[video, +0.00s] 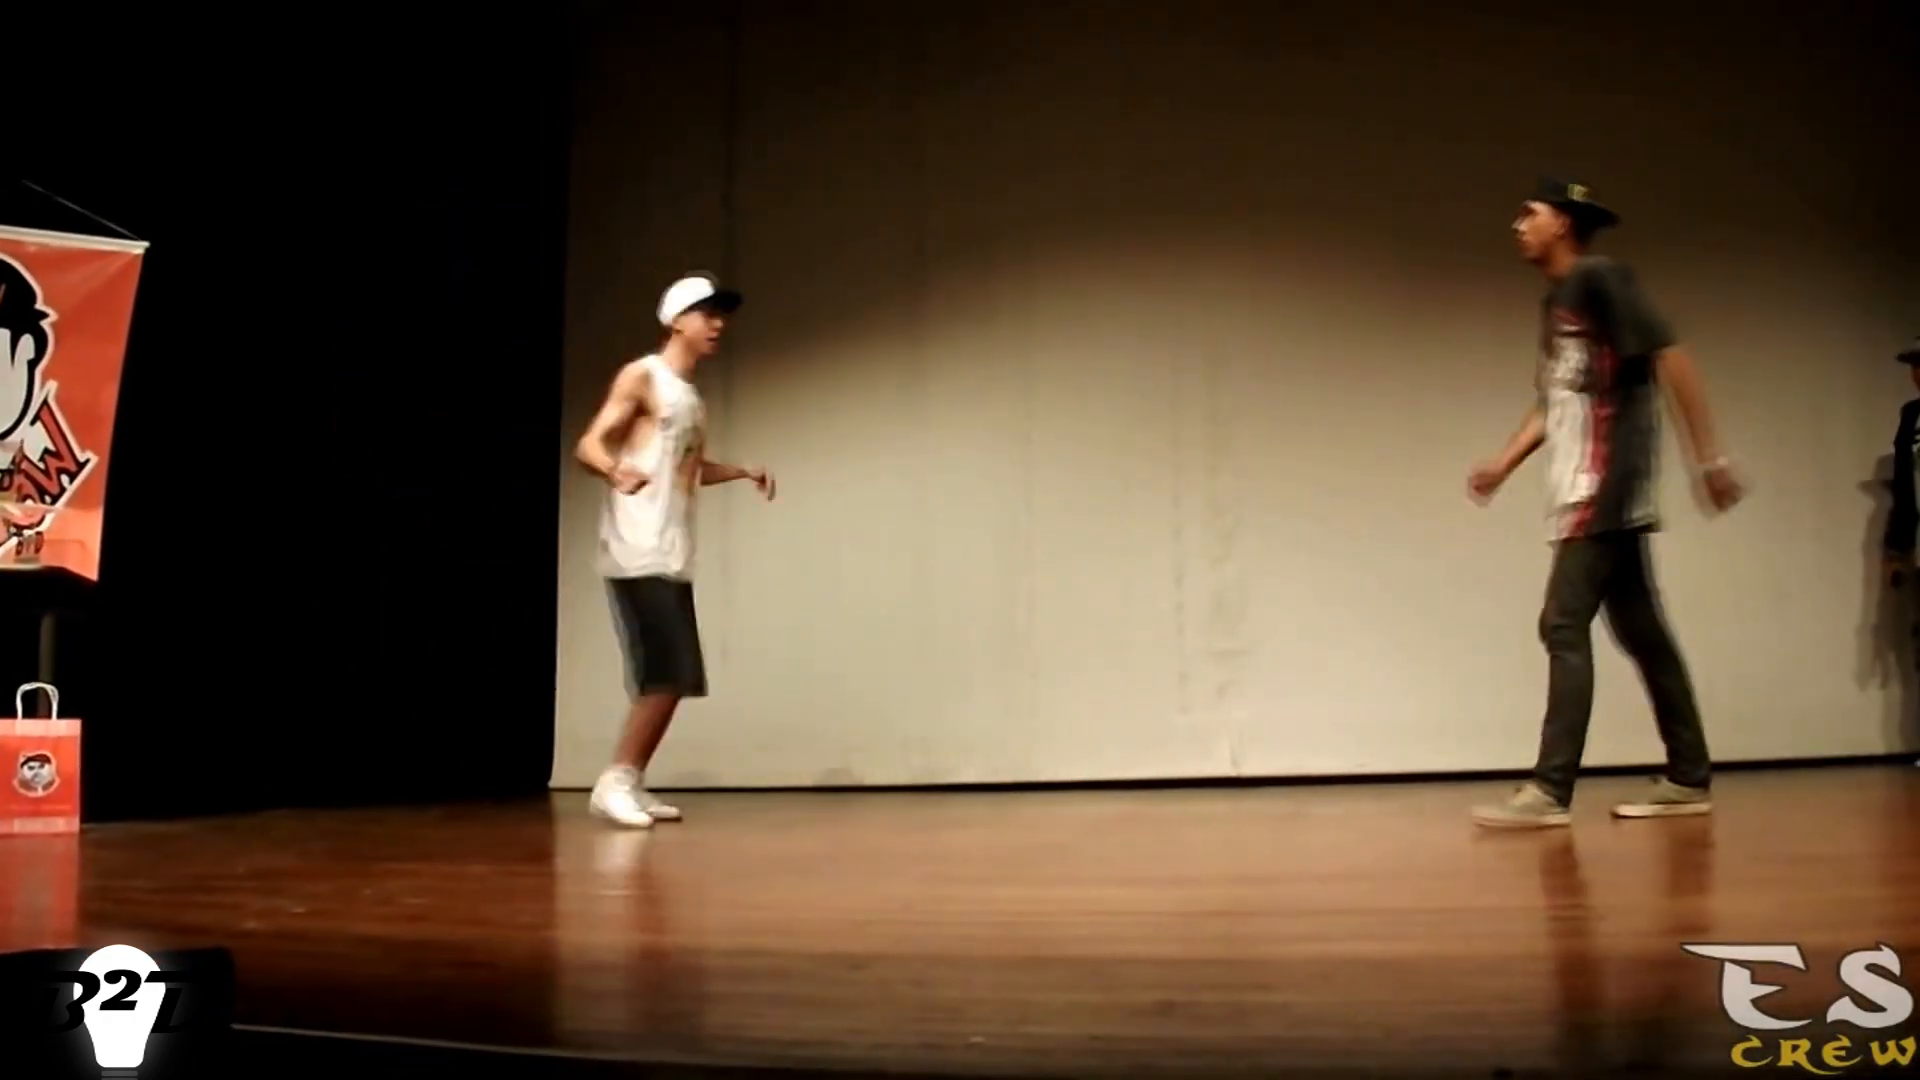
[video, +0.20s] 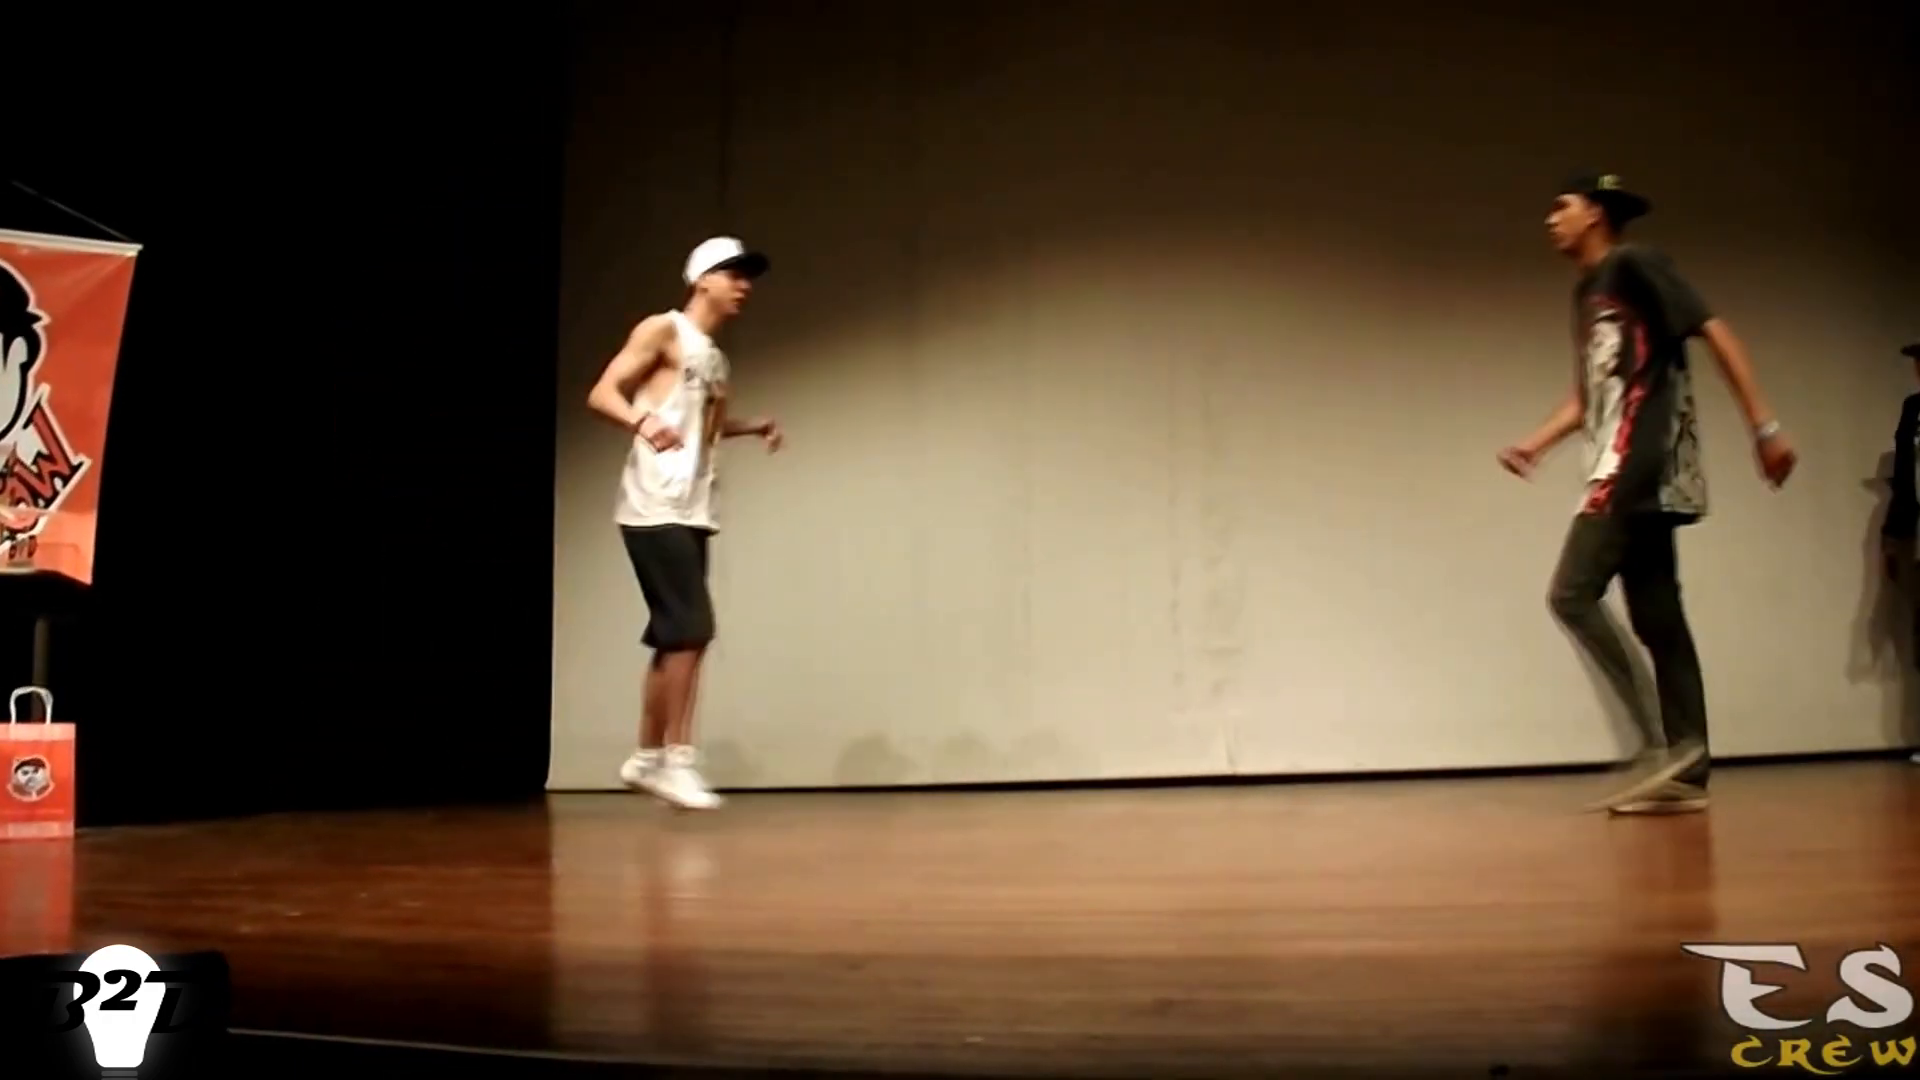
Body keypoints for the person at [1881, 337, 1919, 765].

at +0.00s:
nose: (1912, 376)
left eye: (1914, 369)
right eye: (1911, 368)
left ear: (1918, 372)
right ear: (1913, 372)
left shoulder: (1912, 417)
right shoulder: (1910, 417)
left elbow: (1905, 491)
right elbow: (1904, 491)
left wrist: (1896, 550)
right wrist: (1895, 550)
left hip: (1918, 559)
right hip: (1917, 559)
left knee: (1917, 652)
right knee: (1916, 652)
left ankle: (1917, 740)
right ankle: (1917, 740)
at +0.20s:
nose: (1915, 371)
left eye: (1916, 363)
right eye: (1914, 363)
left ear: (1917, 367)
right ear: (1913, 367)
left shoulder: (1913, 410)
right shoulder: (1912, 410)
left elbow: (1904, 484)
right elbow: (1903, 483)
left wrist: (1892, 538)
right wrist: (1892, 538)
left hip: (1915, 551)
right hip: (1913, 551)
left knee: (1915, 648)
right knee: (1914, 647)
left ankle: (1916, 739)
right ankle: (1915, 739)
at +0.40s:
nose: (1914, 370)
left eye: (1915, 362)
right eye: (1913, 362)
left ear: (1916, 365)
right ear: (1912, 364)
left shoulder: (1911, 406)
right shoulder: (1910, 405)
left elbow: (1904, 478)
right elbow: (1904, 477)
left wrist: (1893, 523)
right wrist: (1893, 522)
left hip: (1916, 549)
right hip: (1914, 548)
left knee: (1916, 644)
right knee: (1915, 643)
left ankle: (1917, 736)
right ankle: (1916, 736)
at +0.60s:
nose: (1913, 374)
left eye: (1913, 366)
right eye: (1912, 366)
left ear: (1913, 369)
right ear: (1910, 369)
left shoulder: (1905, 415)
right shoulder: (1904, 416)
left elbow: (1890, 478)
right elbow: (1890, 478)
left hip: (1905, 552)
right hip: (1903, 551)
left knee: (1907, 651)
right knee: (1907, 650)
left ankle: (1911, 738)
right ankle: (1910, 738)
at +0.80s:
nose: (1911, 370)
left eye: (1914, 362)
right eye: (1909, 362)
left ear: (1919, 365)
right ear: (1908, 366)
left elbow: (1879, 456)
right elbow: (1876, 458)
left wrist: (1898, 405)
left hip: (1915, 538)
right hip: (1909, 537)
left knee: (1911, 638)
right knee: (1911, 636)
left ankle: (1919, 736)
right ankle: (1917, 736)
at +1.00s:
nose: (1914, 367)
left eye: (1916, 359)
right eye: (1911, 359)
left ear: (1919, 362)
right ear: (1908, 363)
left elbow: (1878, 454)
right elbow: (1875, 455)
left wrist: (1899, 402)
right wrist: (1902, 401)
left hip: (1914, 536)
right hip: (1909, 535)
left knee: (1911, 638)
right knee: (1910, 637)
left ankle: (1912, 732)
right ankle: (1911, 732)